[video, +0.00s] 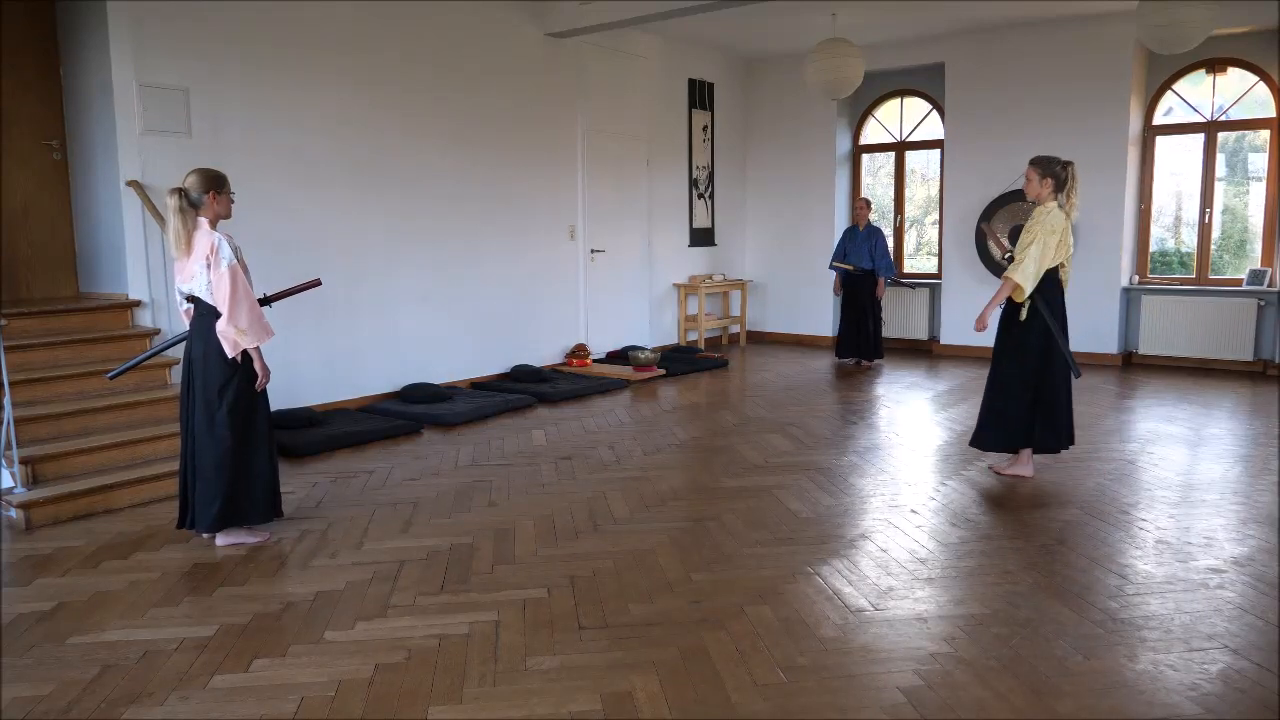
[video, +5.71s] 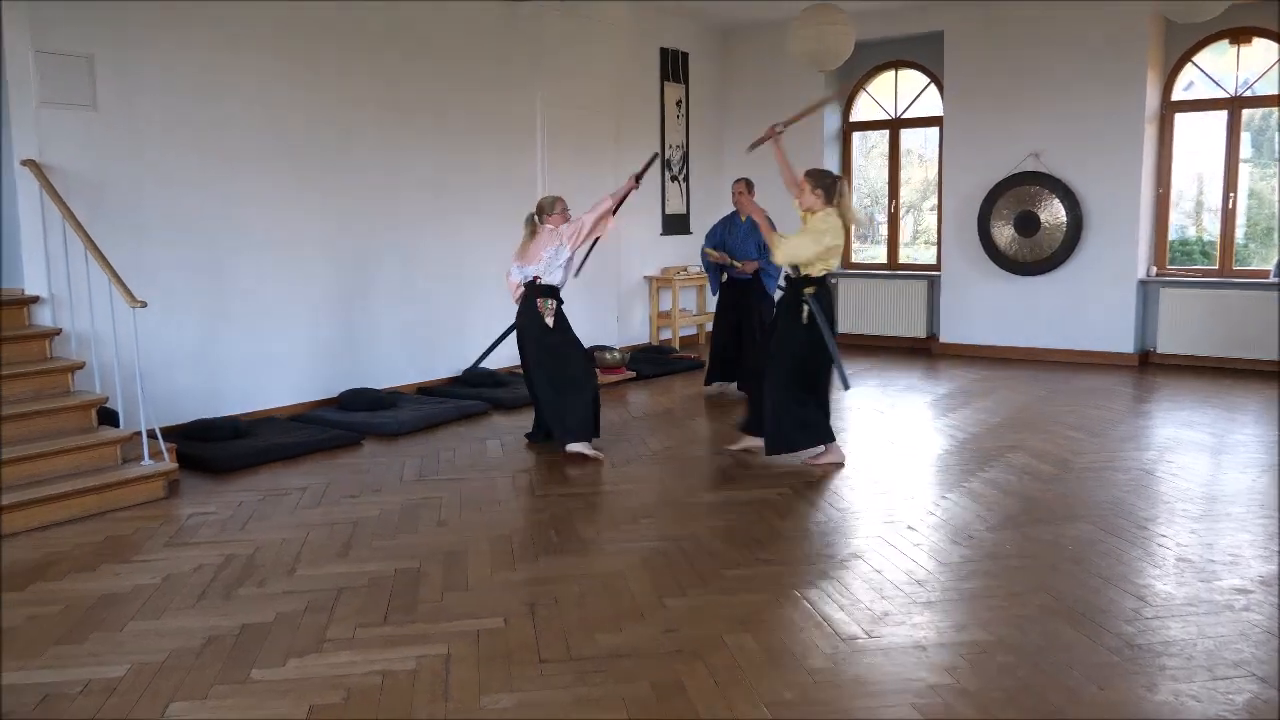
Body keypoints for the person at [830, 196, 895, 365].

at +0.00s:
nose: (858, 211)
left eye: (861, 208)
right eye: (856, 208)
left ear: (869, 211)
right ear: (853, 211)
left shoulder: (876, 232)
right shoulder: (848, 232)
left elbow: (882, 259)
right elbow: (840, 257)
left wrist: (881, 283)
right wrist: (838, 278)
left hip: (869, 277)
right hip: (850, 277)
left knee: (868, 317)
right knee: (851, 315)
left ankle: (868, 356)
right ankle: (855, 354)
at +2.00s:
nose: (859, 212)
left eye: (863, 209)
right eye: (857, 209)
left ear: (871, 211)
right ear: (854, 211)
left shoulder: (878, 233)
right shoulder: (851, 233)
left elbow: (886, 260)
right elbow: (842, 257)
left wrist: (885, 284)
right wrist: (840, 279)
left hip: (871, 279)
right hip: (853, 279)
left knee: (871, 318)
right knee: (853, 317)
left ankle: (871, 357)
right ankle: (855, 356)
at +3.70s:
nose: (824, 215)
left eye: (828, 212)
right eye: (822, 212)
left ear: (836, 213)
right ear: (821, 214)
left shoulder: (845, 236)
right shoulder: (816, 235)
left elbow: (853, 262)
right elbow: (807, 259)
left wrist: (853, 286)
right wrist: (805, 282)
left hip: (839, 283)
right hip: (818, 282)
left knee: (841, 322)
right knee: (819, 321)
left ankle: (845, 360)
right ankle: (822, 359)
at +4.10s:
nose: (806, 215)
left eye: (809, 212)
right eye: (804, 212)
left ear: (818, 213)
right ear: (802, 214)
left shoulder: (828, 236)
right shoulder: (798, 235)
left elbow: (836, 263)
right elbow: (789, 261)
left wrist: (837, 288)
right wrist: (787, 284)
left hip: (822, 284)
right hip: (802, 283)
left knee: (818, 324)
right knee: (802, 323)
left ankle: (812, 363)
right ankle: (800, 362)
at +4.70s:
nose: (782, 214)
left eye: (785, 211)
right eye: (780, 211)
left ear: (795, 212)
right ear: (778, 213)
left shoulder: (805, 236)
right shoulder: (774, 236)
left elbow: (813, 264)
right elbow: (765, 263)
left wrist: (811, 289)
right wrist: (762, 287)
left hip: (797, 286)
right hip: (776, 285)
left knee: (796, 328)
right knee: (773, 327)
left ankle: (794, 369)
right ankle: (772, 367)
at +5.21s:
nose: (752, 212)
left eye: (756, 209)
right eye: (750, 209)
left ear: (766, 210)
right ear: (748, 211)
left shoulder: (776, 234)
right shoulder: (744, 235)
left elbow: (786, 262)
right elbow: (736, 262)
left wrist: (781, 283)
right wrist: (734, 287)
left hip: (771, 286)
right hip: (749, 285)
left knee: (773, 328)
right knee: (749, 329)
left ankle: (775, 371)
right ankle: (754, 372)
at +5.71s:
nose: (736, 198)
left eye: (740, 194)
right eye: (733, 194)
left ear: (751, 195)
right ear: (731, 197)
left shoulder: (763, 223)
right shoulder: (724, 224)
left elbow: (777, 255)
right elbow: (706, 250)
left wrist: (758, 264)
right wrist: (717, 260)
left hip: (757, 285)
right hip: (732, 284)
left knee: (756, 334)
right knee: (728, 330)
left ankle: (756, 385)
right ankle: (734, 380)